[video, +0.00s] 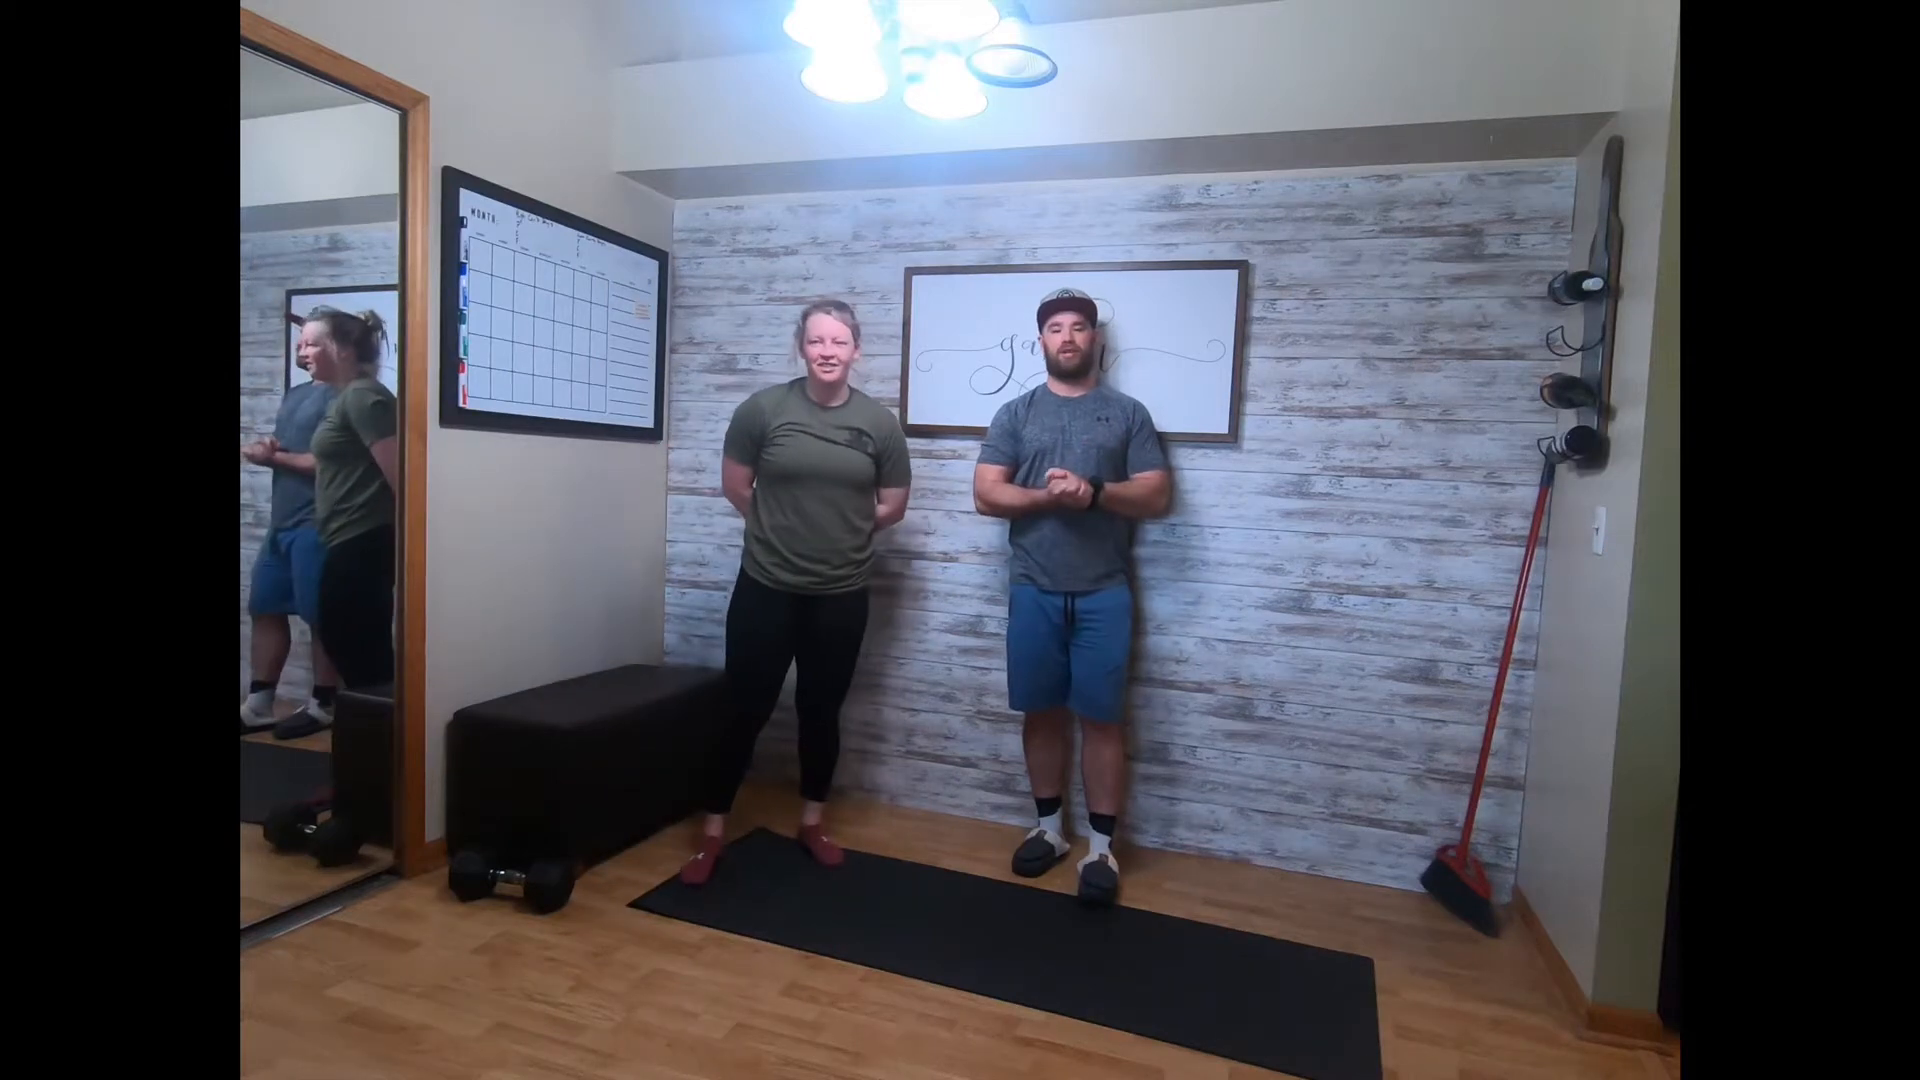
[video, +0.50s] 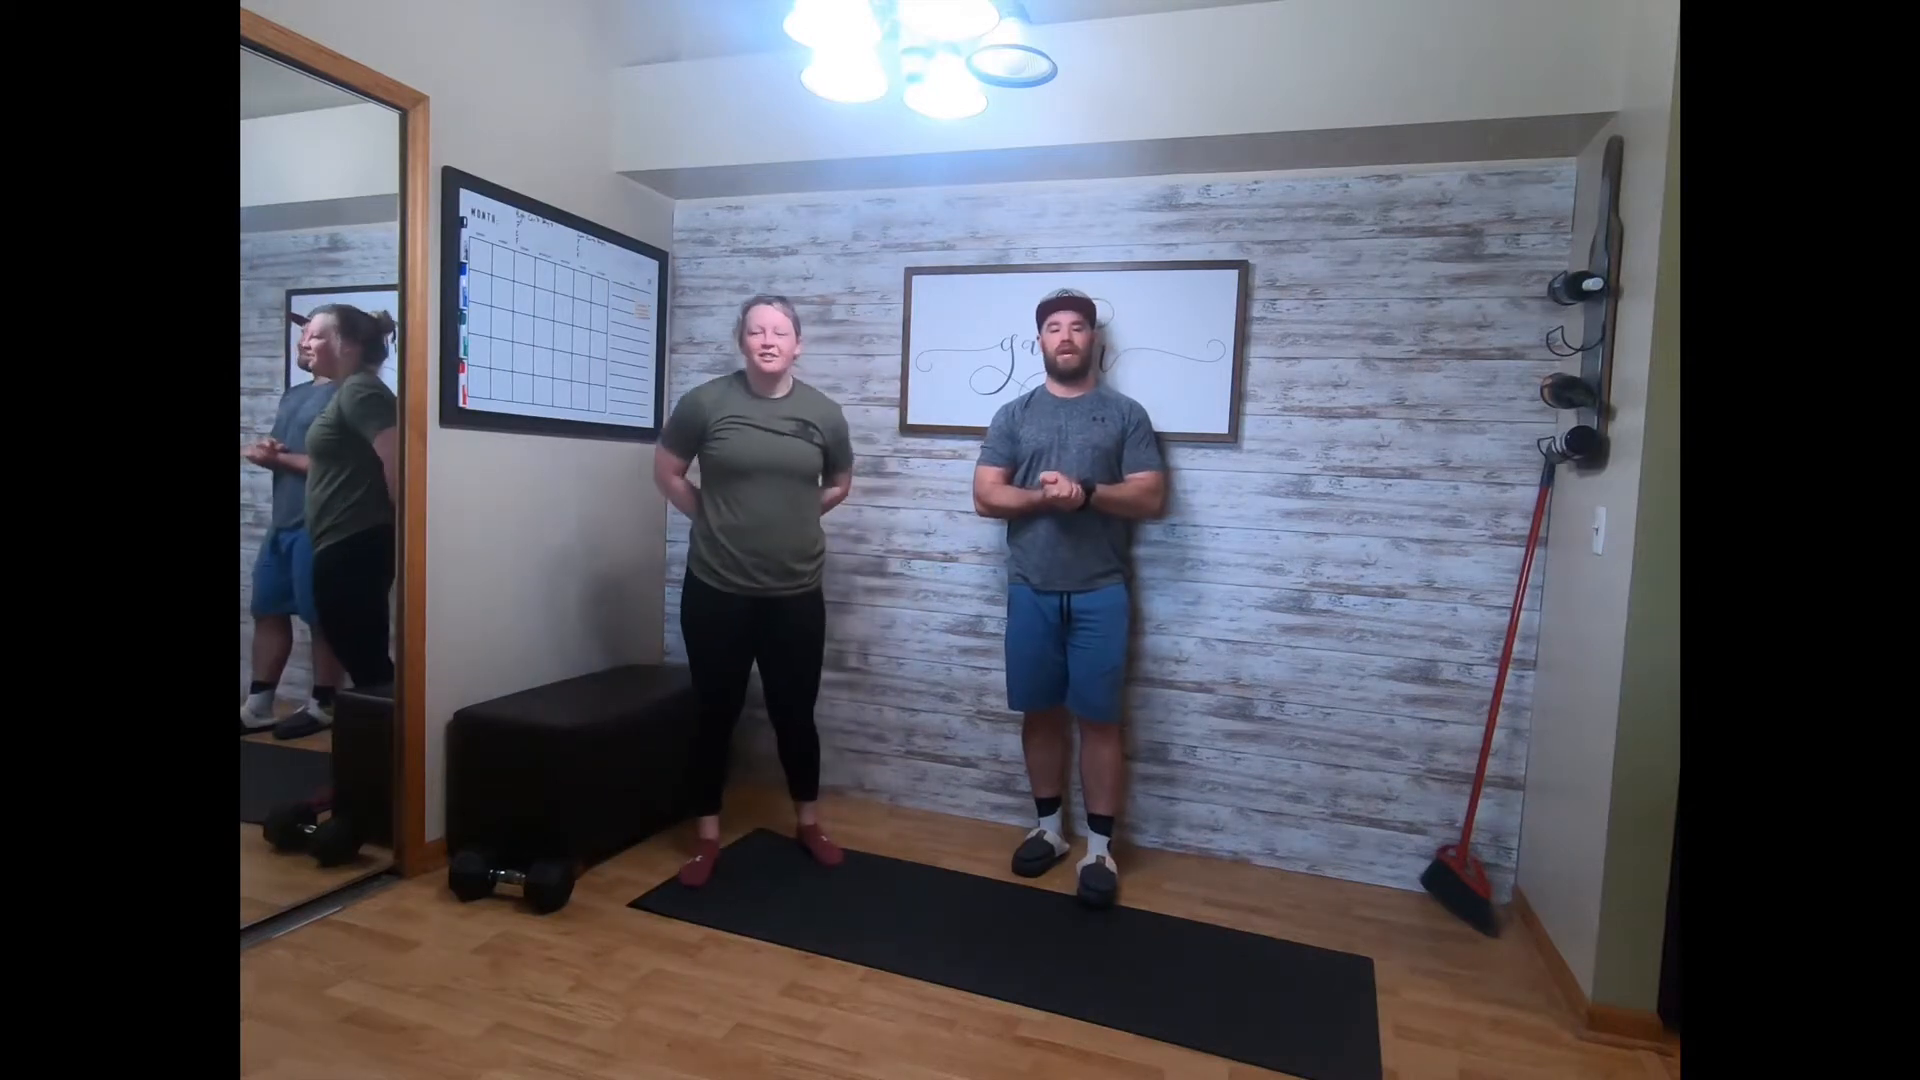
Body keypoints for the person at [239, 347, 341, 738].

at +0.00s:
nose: (303, 352)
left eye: (311, 345)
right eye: (301, 345)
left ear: (332, 348)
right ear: (301, 350)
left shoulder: (342, 397)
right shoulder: (294, 395)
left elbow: (329, 462)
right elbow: (292, 447)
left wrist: (274, 458)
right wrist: (273, 448)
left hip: (318, 527)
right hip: (281, 526)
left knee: (321, 619)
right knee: (266, 610)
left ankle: (324, 706)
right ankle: (259, 704)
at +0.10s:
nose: (303, 351)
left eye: (311, 343)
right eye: (302, 344)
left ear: (333, 347)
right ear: (303, 350)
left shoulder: (342, 398)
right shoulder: (295, 395)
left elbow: (330, 463)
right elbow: (292, 447)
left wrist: (274, 458)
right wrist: (273, 448)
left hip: (318, 526)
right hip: (281, 526)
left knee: (322, 619)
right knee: (265, 609)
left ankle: (324, 706)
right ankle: (259, 703)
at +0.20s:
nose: (305, 347)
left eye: (314, 340)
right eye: (304, 341)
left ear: (335, 345)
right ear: (304, 348)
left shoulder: (344, 396)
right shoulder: (295, 394)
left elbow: (331, 463)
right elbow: (290, 446)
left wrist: (275, 457)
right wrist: (273, 448)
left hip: (318, 527)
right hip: (281, 526)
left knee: (322, 619)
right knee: (268, 611)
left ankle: (324, 706)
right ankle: (259, 704)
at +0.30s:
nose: (306, 346)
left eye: (314, 339)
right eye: (304, 340)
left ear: (335, 344)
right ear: (303, 348)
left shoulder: (344, 396)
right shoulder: (294, 394)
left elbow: (330, 463)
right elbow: (288, 448)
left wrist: (274, 456)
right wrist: (271, 448)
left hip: (318, 526)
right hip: (281, 526)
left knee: (322, 619)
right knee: (269, 611)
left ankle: (324, 706)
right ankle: (259, 704)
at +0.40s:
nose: (305, 346)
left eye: (315, 338)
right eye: (304, 339)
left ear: (336, 345)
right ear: (301, 346)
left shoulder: (345, 395)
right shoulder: (294, 395)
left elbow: (335, 465)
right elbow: (284, 449)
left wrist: (279, 456)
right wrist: (266, 449)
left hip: (318, 526)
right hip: (281, 526)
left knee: (322, 619)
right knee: (269, 611)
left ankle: (323, 706)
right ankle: (259, 704)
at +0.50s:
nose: (305, 343)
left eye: (316, 336)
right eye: (304, 336)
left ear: (336, 346)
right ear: (301, 343)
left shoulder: (343, 395)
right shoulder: (292, 395)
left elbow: (334, 465)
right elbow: (287, 448)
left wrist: (277, 459)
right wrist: (272, 450)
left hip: (320, 527)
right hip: (282, 526)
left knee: (322, 618)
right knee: (268, 610)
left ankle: (324, 706)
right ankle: (259, 704)